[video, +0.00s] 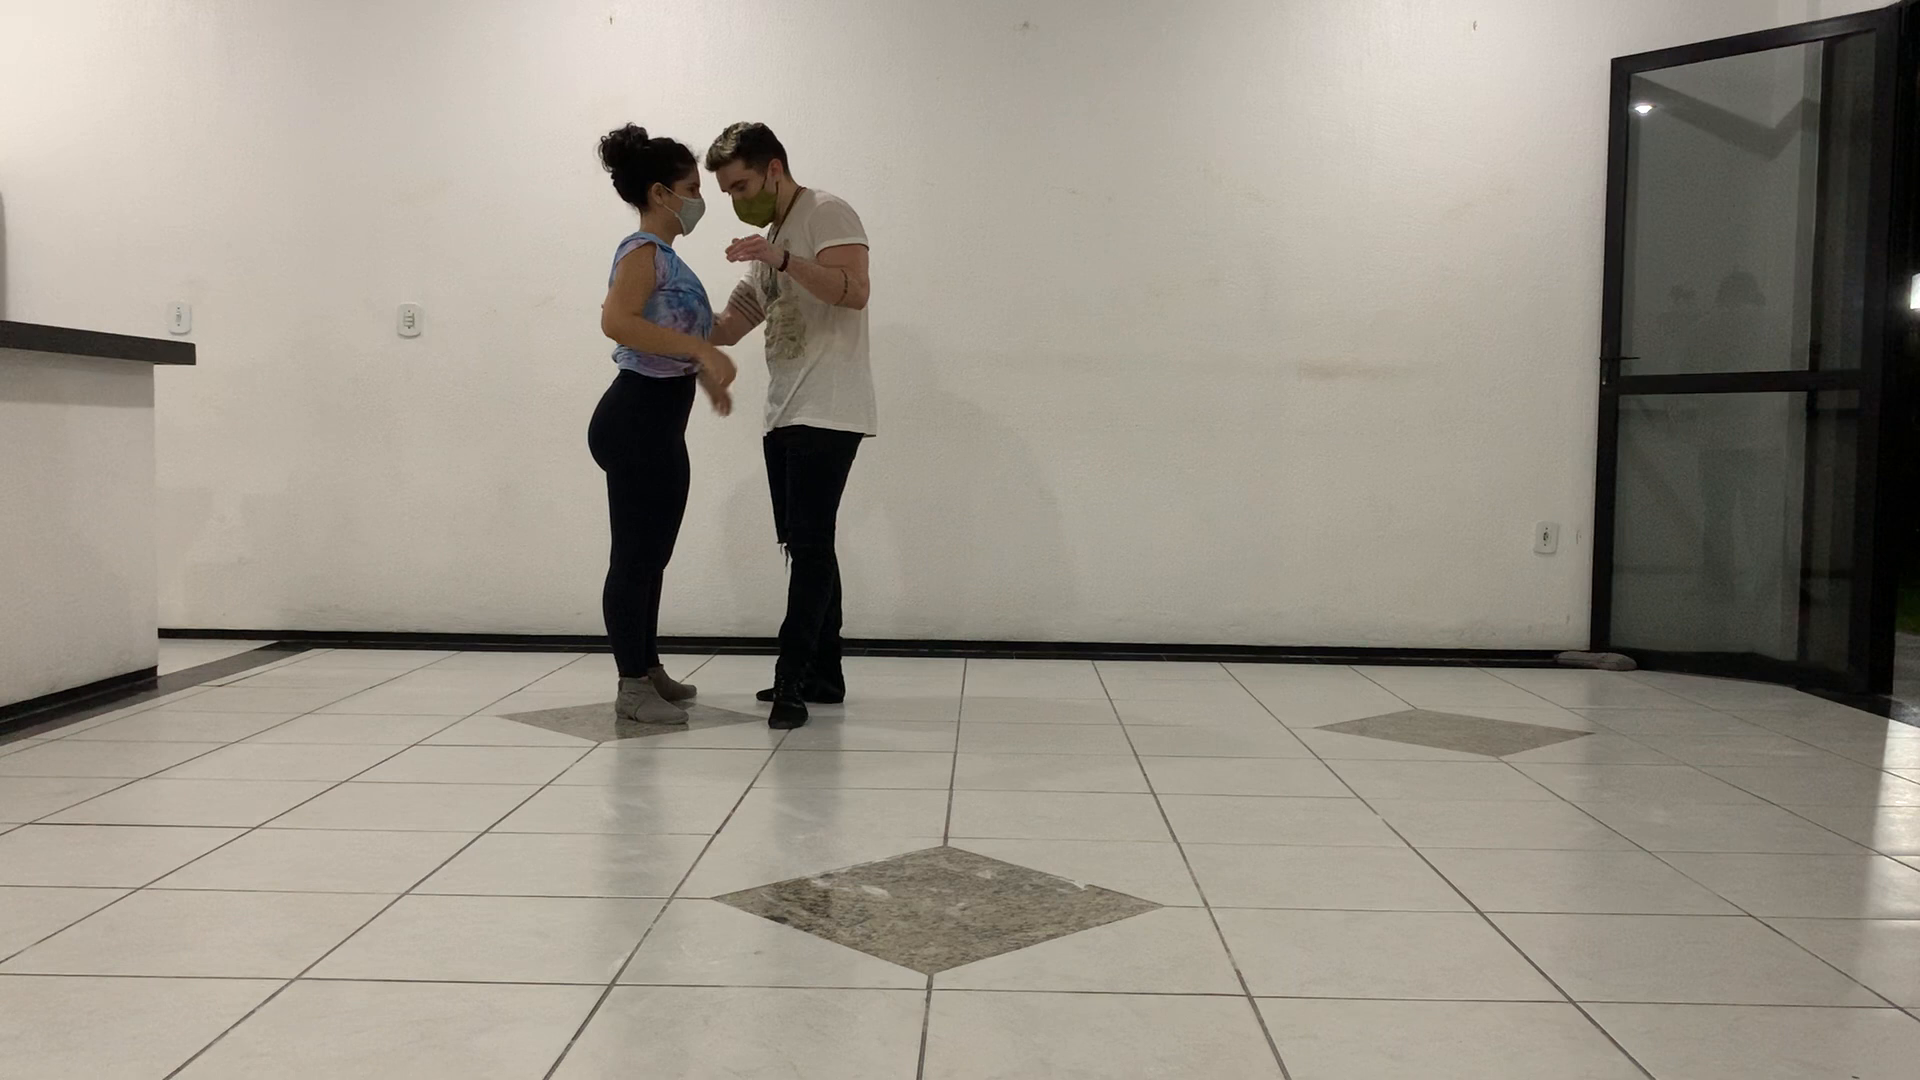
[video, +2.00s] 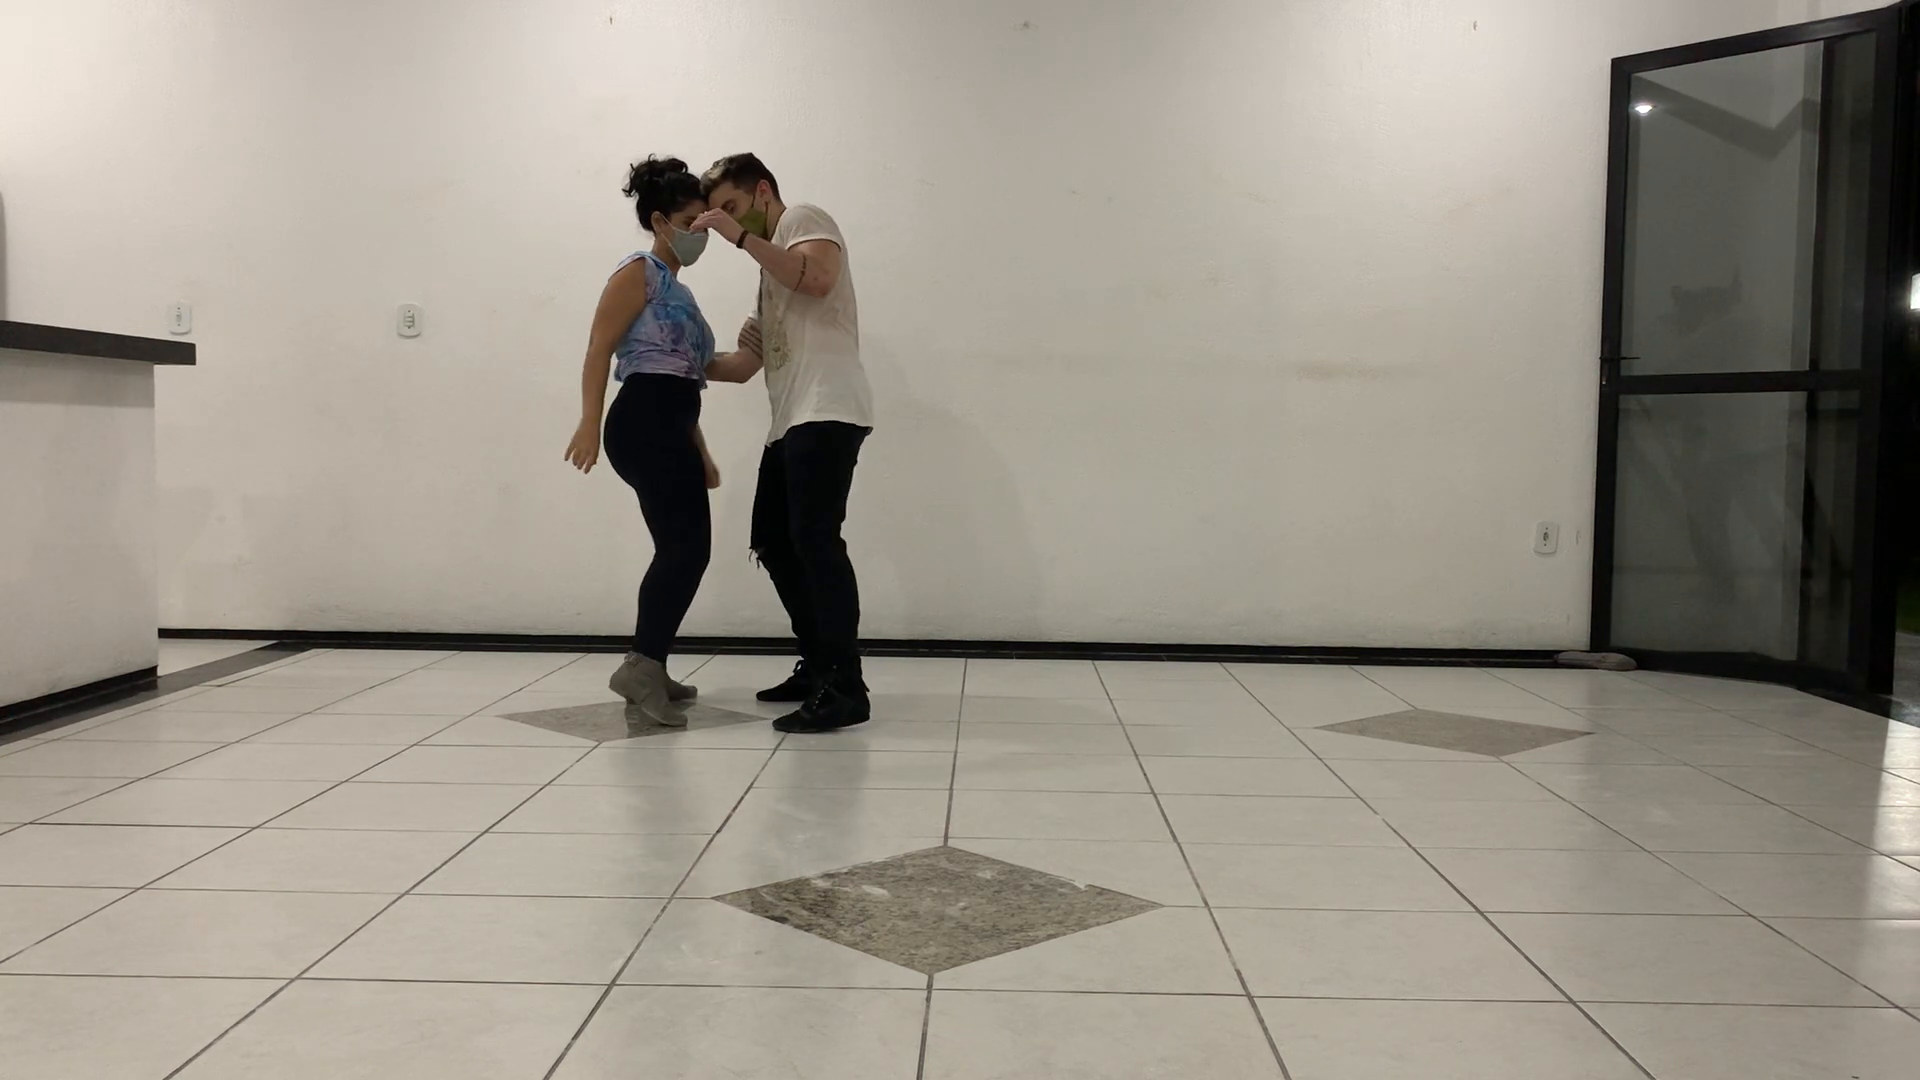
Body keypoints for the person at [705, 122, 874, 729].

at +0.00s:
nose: (734, 203)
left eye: (739, 188)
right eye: (727, 192)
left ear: (775, 170)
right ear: (736, 187)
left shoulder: (828, 213)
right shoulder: (767, 252)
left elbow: (854, 291)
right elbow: (728, 328)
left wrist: (779, 258)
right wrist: (662, 319)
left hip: (831, 405)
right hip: (786, 409)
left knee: (808, 542)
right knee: (803, 544)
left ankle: (795, 685)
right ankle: (822, 676)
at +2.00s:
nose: (728, 224)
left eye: (731, 209)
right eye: (720, 217)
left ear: (764, 191)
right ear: (737, 216)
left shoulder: (806, 218)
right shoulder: (769, 281)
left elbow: (816, 278)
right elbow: (741, 365)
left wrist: (740, 238)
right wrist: (670, 356)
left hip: (828, 410)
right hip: (790, 420)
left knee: (813, 538)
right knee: (773, 541)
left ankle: (846, 690)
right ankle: (818, 666)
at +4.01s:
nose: (724, 230)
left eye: (726, 214)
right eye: (716, 221)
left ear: (760, 194)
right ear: (741, 214)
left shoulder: (803, 220)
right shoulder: (767, 278)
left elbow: (810, 284)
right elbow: (745, 366)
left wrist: (731, 251)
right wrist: (685, 365)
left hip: (829, 411)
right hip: (781, 422)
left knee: (790, 540)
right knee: (763, 543)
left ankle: (777, 685)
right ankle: (820, 670)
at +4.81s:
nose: (731, 221)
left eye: (732, 205)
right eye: (723, 213)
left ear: (764, 185)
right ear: (756, 199)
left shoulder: (804, 216)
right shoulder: (780, 261)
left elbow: (800, 287)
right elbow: (751, 353)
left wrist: (720, 251)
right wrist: (675, 344)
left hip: (841, 400)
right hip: (807, 409)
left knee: (789, 522)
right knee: (779, 531)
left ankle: (832, 673)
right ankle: (816, 665)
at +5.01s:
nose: (726, 206)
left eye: (728, 191)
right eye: (720, 198)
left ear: (761, 174)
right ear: (763, 181)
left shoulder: (797, 212)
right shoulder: (789, 228)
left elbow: (784, 293)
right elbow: (760, 335)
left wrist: (706, 250)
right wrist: (689, 324)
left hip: (839, 397)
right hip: (828, 399)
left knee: (784, 523)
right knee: (794, 527)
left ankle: (821, 678)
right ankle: (816, 669)